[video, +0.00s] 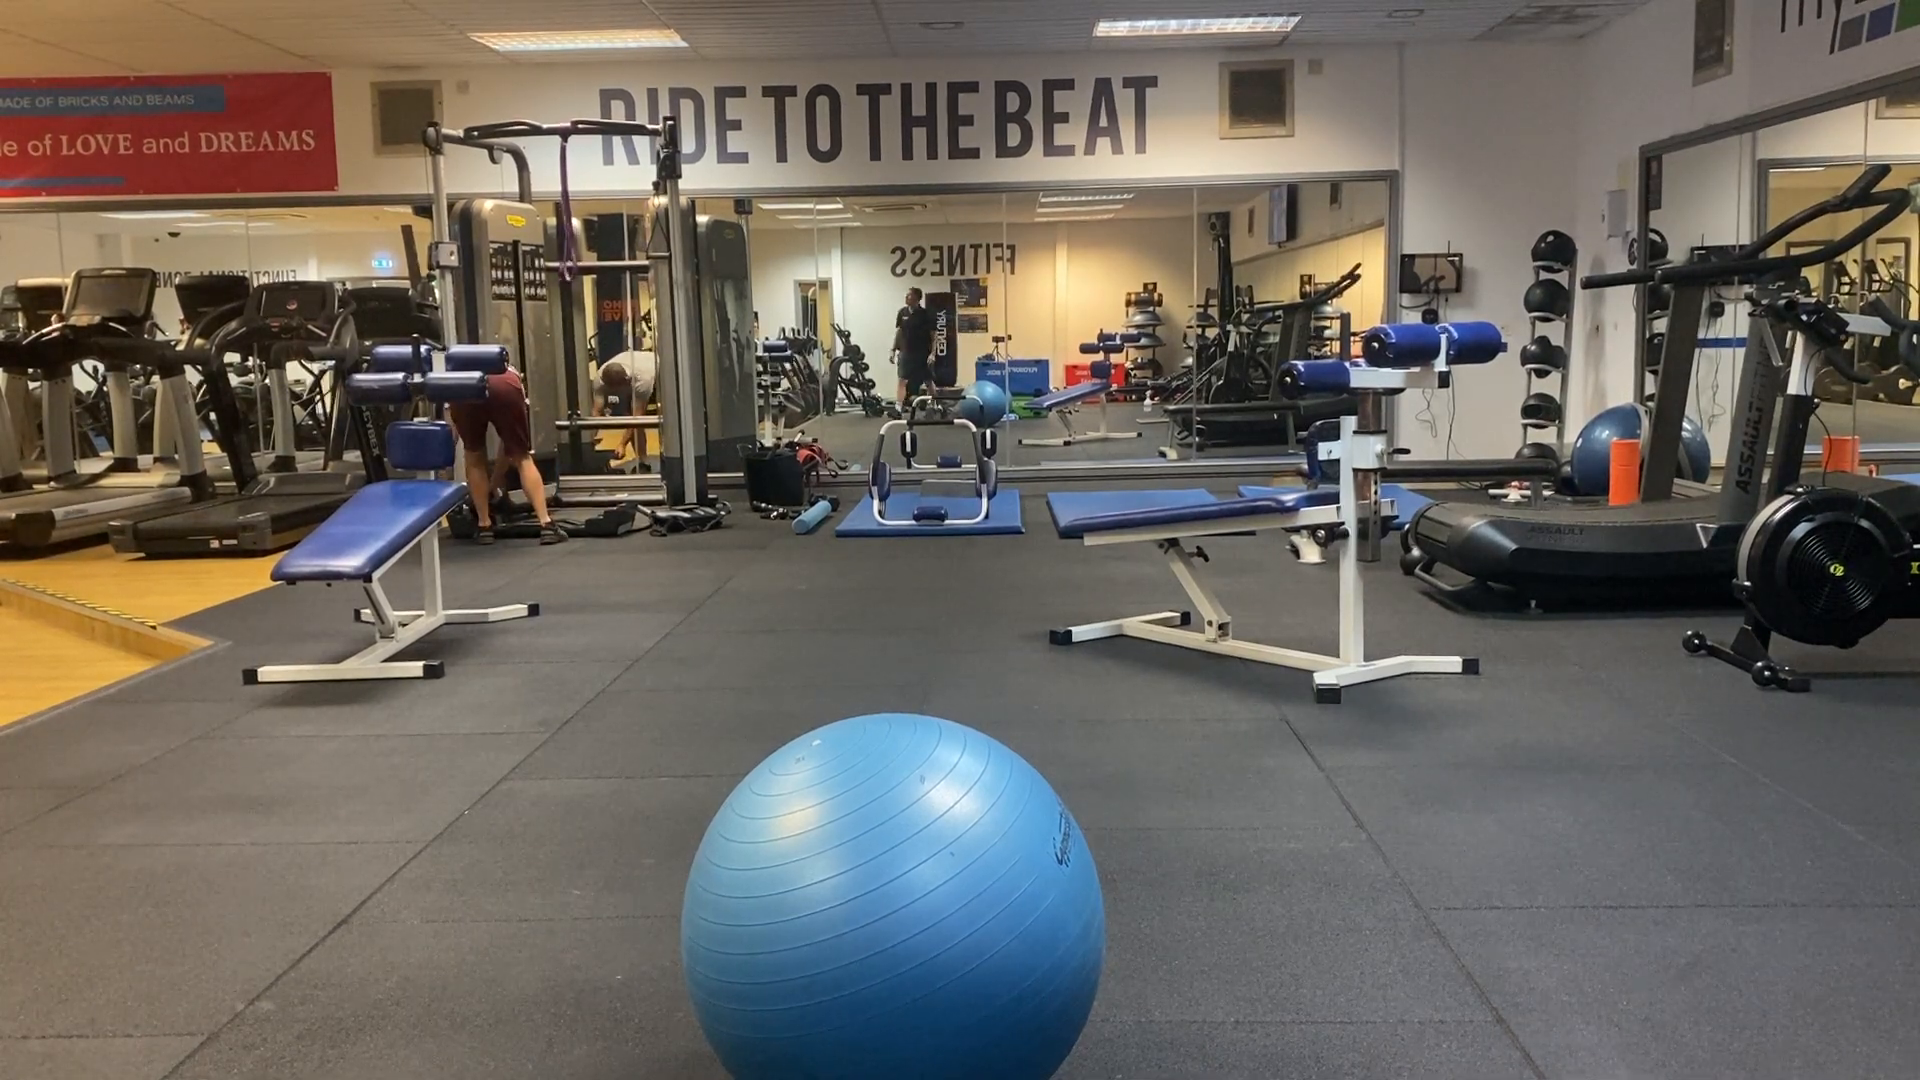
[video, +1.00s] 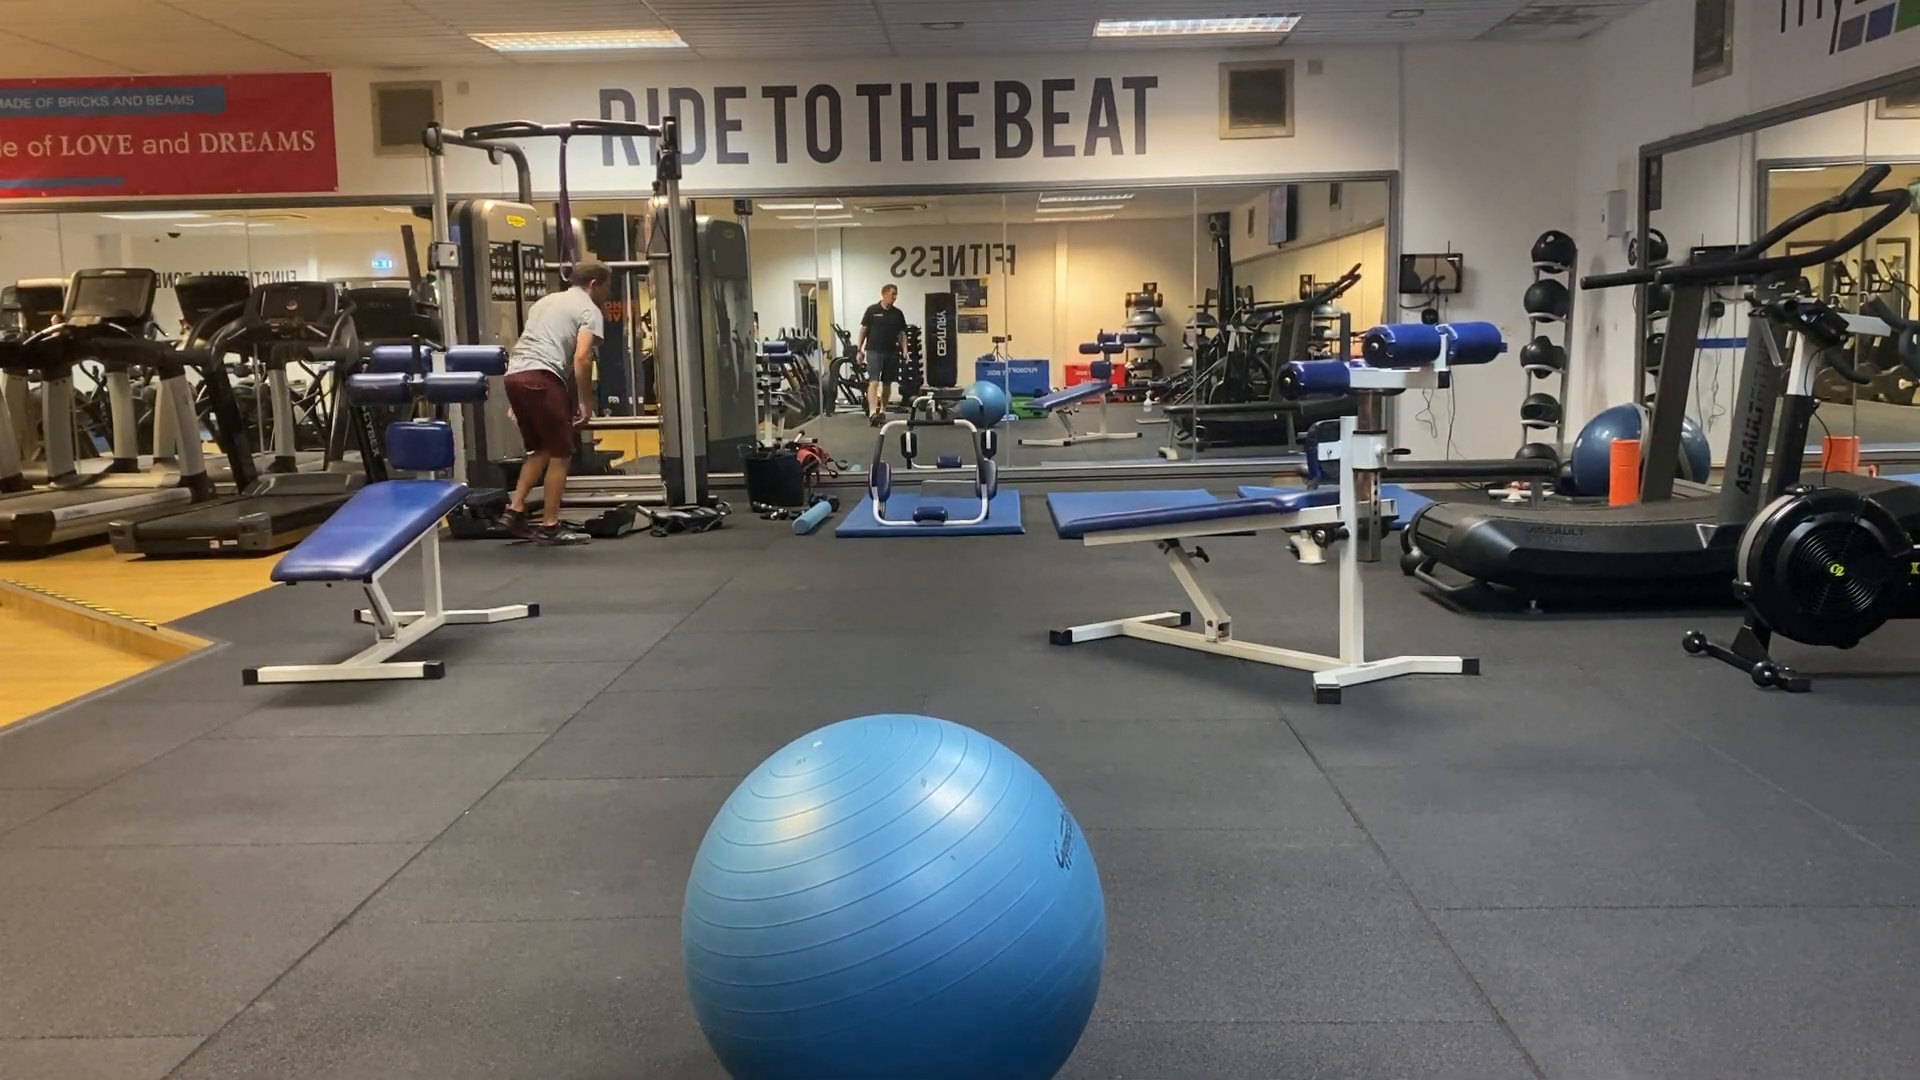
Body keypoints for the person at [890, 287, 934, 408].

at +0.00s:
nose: (906, 297)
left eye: (909, 295)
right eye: (906, 295)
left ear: (917, 298)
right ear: (907, 297)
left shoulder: (927, 313)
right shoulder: (902, 312)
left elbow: (933, 335)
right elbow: (899, 332)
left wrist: (933, 353)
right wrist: (893, 349)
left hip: (922, 353)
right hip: (905, 353)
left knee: (929, 382)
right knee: (902, 380)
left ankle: (935, 406)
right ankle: (899, 408)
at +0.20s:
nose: (895, 295)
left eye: (898, 293)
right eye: (895, 293)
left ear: (905, 296)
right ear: (895, 294)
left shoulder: (915, 312)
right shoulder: (889, 310)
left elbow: (922, 332)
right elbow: (884, 329)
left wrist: (925, 353)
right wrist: (878, 348)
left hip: (910, 352)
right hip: (893, 351)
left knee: (909, 381)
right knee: (893, 381)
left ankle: (916, 406)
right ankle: (895, 409)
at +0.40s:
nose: (894, 295)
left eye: (897, 293)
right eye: (892, 292)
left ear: (900, 295)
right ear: (888, 293)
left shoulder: (907, 311)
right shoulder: (880, 309)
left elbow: (914, 331)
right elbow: (874, 326)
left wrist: (913, 349)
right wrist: (869, 342)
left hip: (902, 348)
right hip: (886, 348)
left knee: (897, 378)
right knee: (889, 379)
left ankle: (894, 407)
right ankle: (893, 406)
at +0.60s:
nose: (893, 298)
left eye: (895, 296)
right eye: (891, 295)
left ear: (897, 297)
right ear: (886, 295)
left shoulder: (902, 314)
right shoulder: (876, 311)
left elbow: (907, 336)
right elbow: (870, 328)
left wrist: (906, 355)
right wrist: (866, 343)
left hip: (896, 352)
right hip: (879, 351)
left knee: (888, 381)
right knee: (880, 383)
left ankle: (883, 411)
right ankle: (887, 407)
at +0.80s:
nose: (894, 296)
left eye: (895, 293)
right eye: (891, 293)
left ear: (895, 295)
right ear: (884, 292)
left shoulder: (899, 311)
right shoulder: (872, 308)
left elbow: (904, 333)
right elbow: (866, 328)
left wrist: (904, 352)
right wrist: (862, 348)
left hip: (892, 351)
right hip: (875, 349)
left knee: (887, 382)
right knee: (872, 380)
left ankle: (884, 410)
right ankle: (872, 404)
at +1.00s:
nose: (895, 297)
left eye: (896, 295)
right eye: (892, 294)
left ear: (895, 296)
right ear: (884, 294)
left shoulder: (898, 313)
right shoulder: (872, 310)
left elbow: (902, 334)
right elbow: (863, 330)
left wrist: (905, 351)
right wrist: (859, 349)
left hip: (891, 352)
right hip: (874, 351)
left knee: (887, 383)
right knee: (874, 382)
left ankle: (883, 411)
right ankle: (873, 413)